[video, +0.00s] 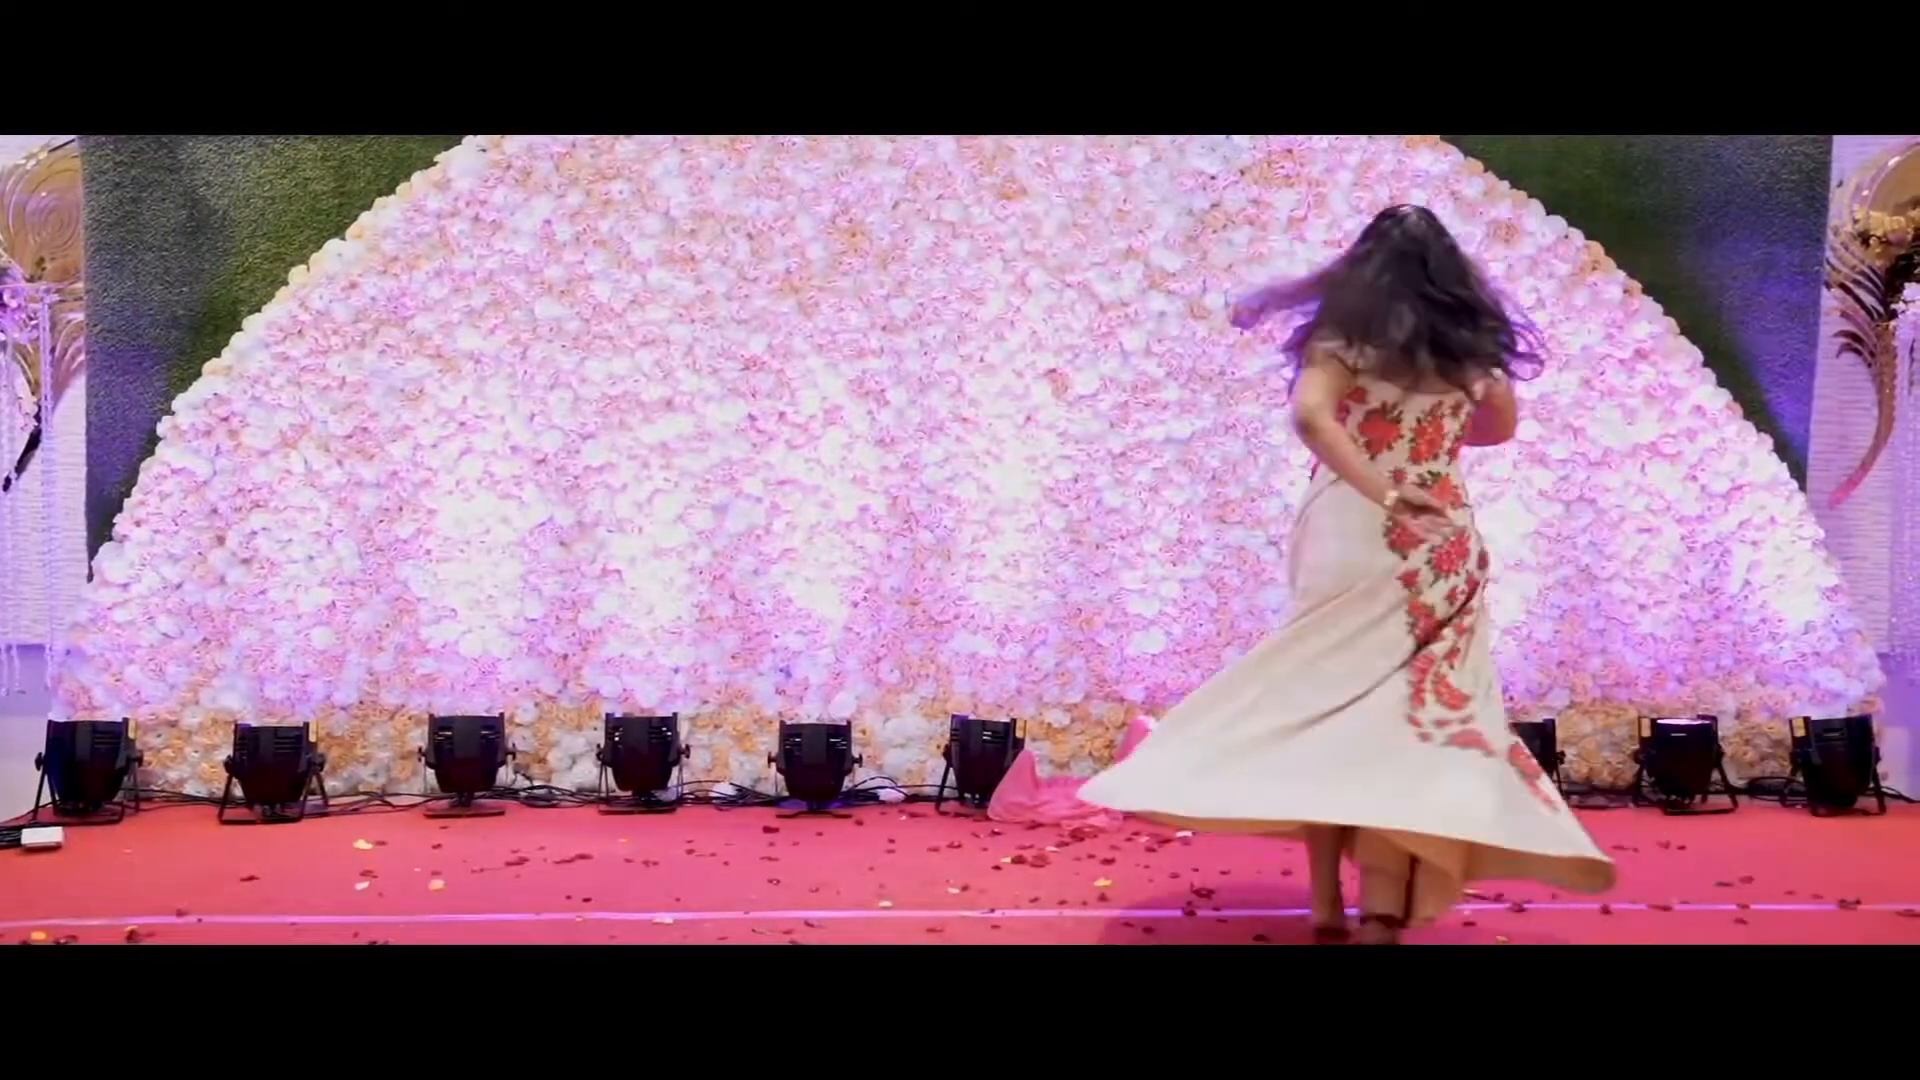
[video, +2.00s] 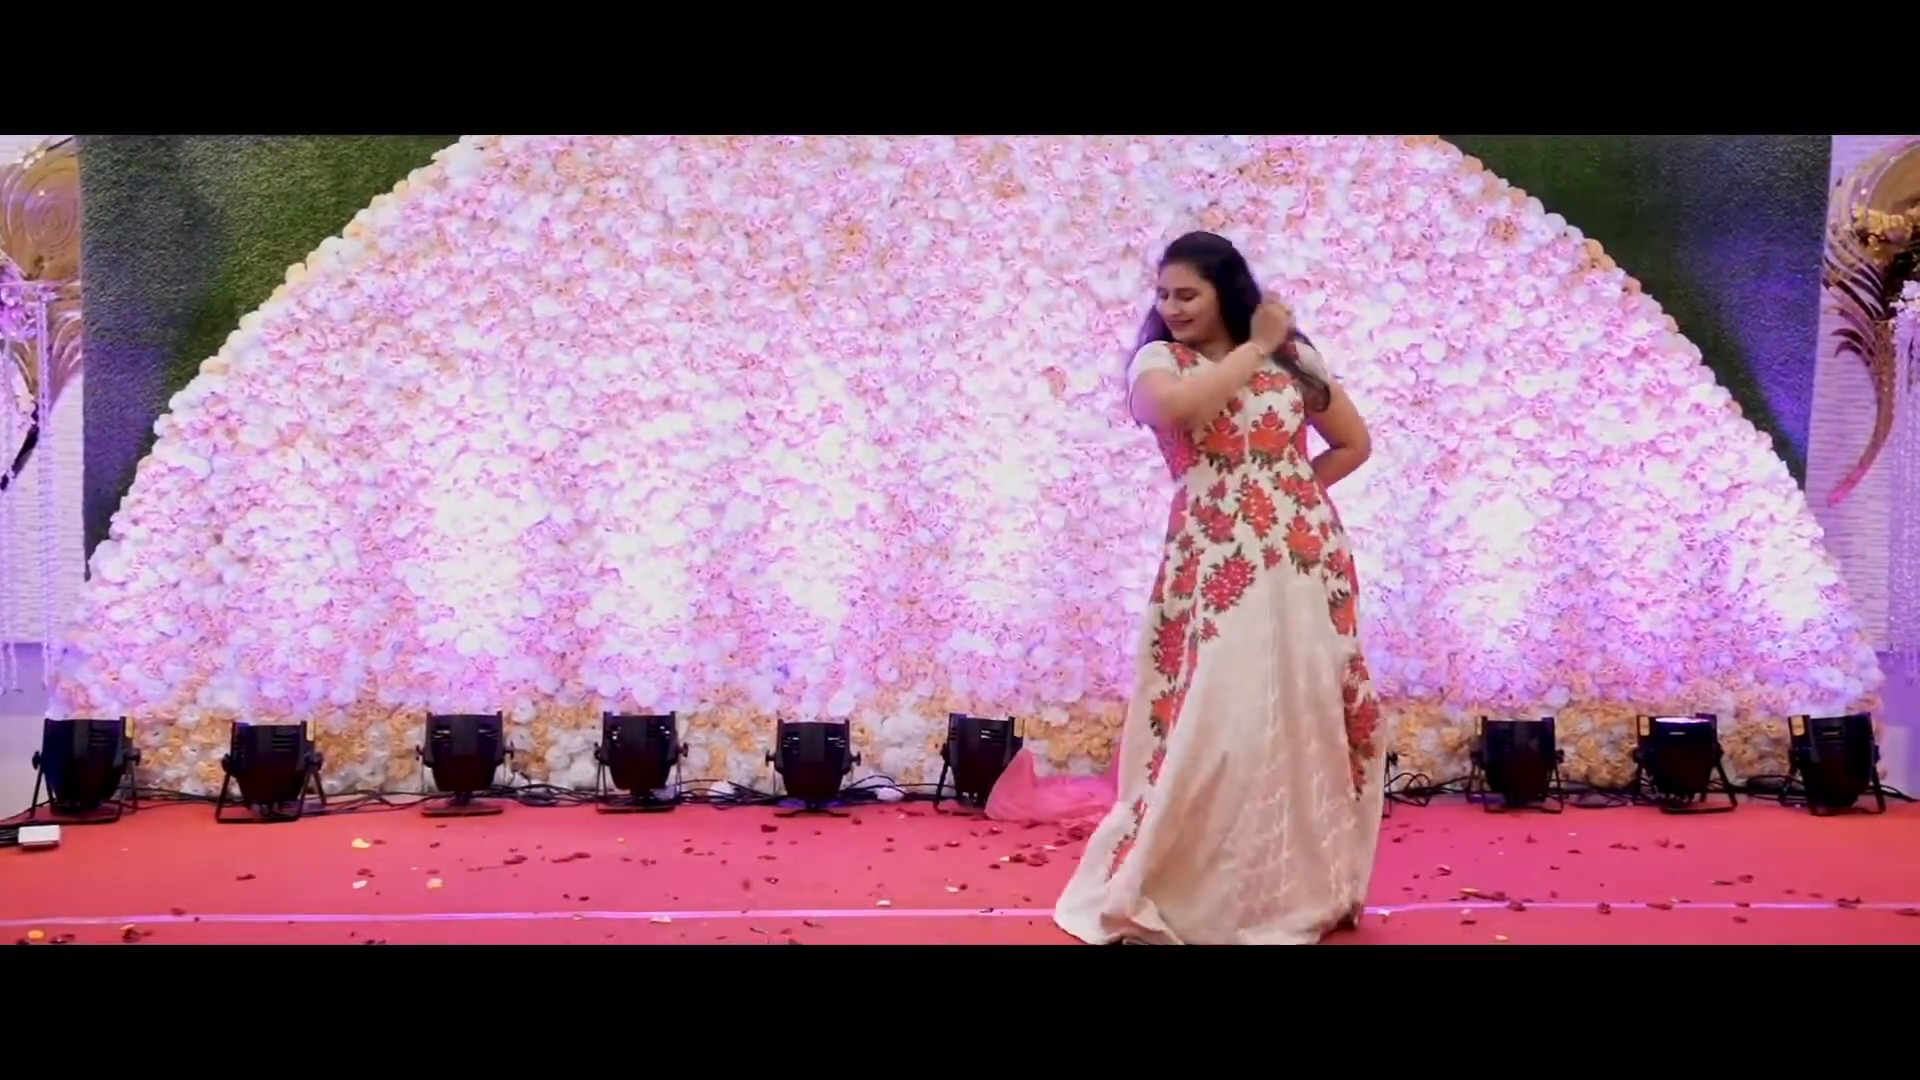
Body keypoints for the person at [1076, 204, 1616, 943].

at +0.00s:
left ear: (1359, 271)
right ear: (1448, 277)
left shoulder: (1335, 339)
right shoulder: (1462, 352)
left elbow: (1313, 417)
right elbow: (1500, 422)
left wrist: (1383, 493)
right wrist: (1438, 431)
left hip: (1351, 532)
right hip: (1443, 536)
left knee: (1326, 707)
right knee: (1408, 713)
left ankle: (1325, 898)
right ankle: (1388, 897)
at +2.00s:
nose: (1174, 308)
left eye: (1188, 294)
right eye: (1165, 295)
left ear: (1228, 294)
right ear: (1157, 298)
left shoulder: (1286, 356)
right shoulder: (1157, 360)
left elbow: (1354, 442)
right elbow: (1179, 405)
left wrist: (1293, 487)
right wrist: (1260, 345)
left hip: (1297, 545)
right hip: (1218, 550)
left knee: (1303, 716)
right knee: (1225, 716)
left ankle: (1304, 888)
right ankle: (1215, 890)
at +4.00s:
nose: (1196, 378)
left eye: (1200, 366)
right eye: (1192, 363)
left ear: (1169, 354)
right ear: (1161, 345)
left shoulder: (1152, 422)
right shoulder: (1109, 371)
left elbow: (1188, 510)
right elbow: (1210, 419)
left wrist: (1288, 518)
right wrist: (1267, 473)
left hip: (1120, 583)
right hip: (1072, 575)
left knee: (1187, 722)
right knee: (1083, 734)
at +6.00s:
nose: (1168, 423)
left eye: (1173, 417)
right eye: (1171, 411)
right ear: (1142, 377)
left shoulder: (1106, 468)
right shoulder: (1061, 379)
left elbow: (1105, 559)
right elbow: (1138, 378)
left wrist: (1155, 500)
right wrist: (1159, 431)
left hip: (1035, 598)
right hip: (967, 587)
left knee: (1125, 722)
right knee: (1025, 735)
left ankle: (1158, 889)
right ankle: (1016, 898)